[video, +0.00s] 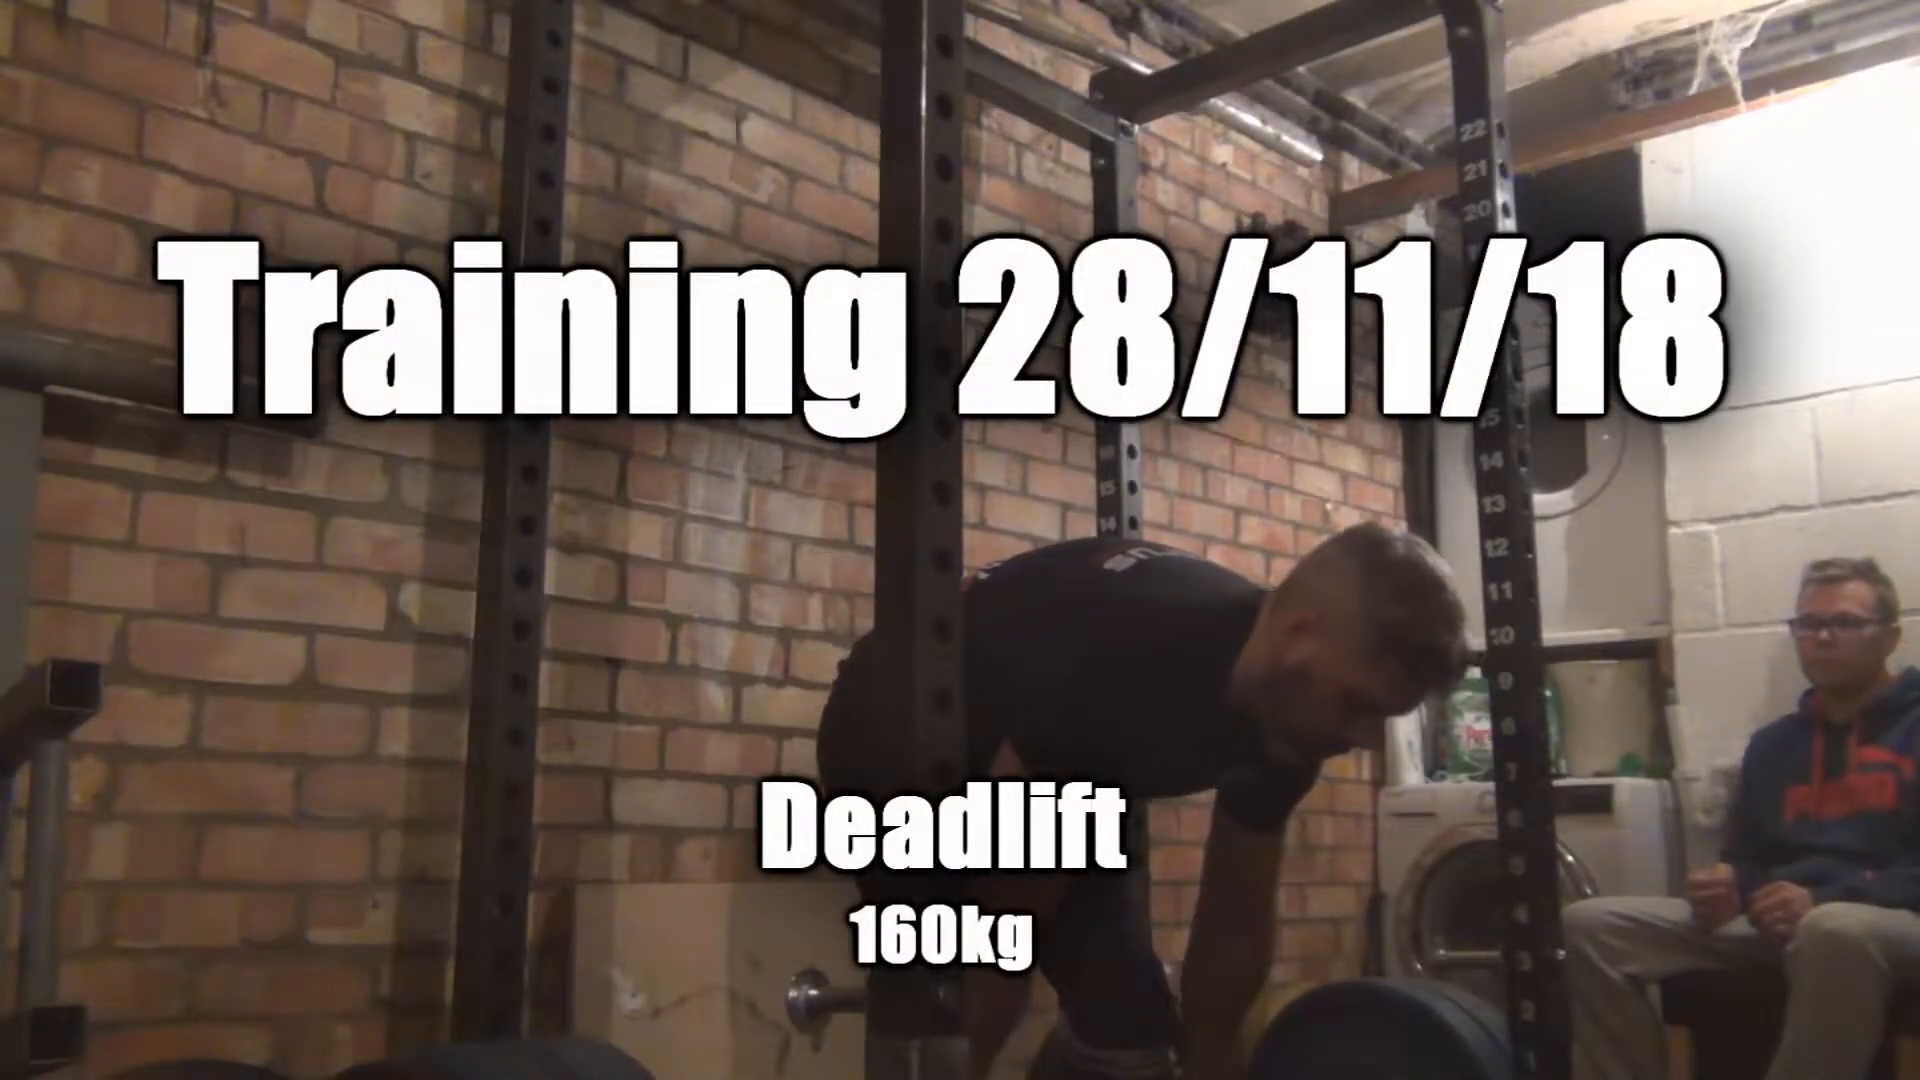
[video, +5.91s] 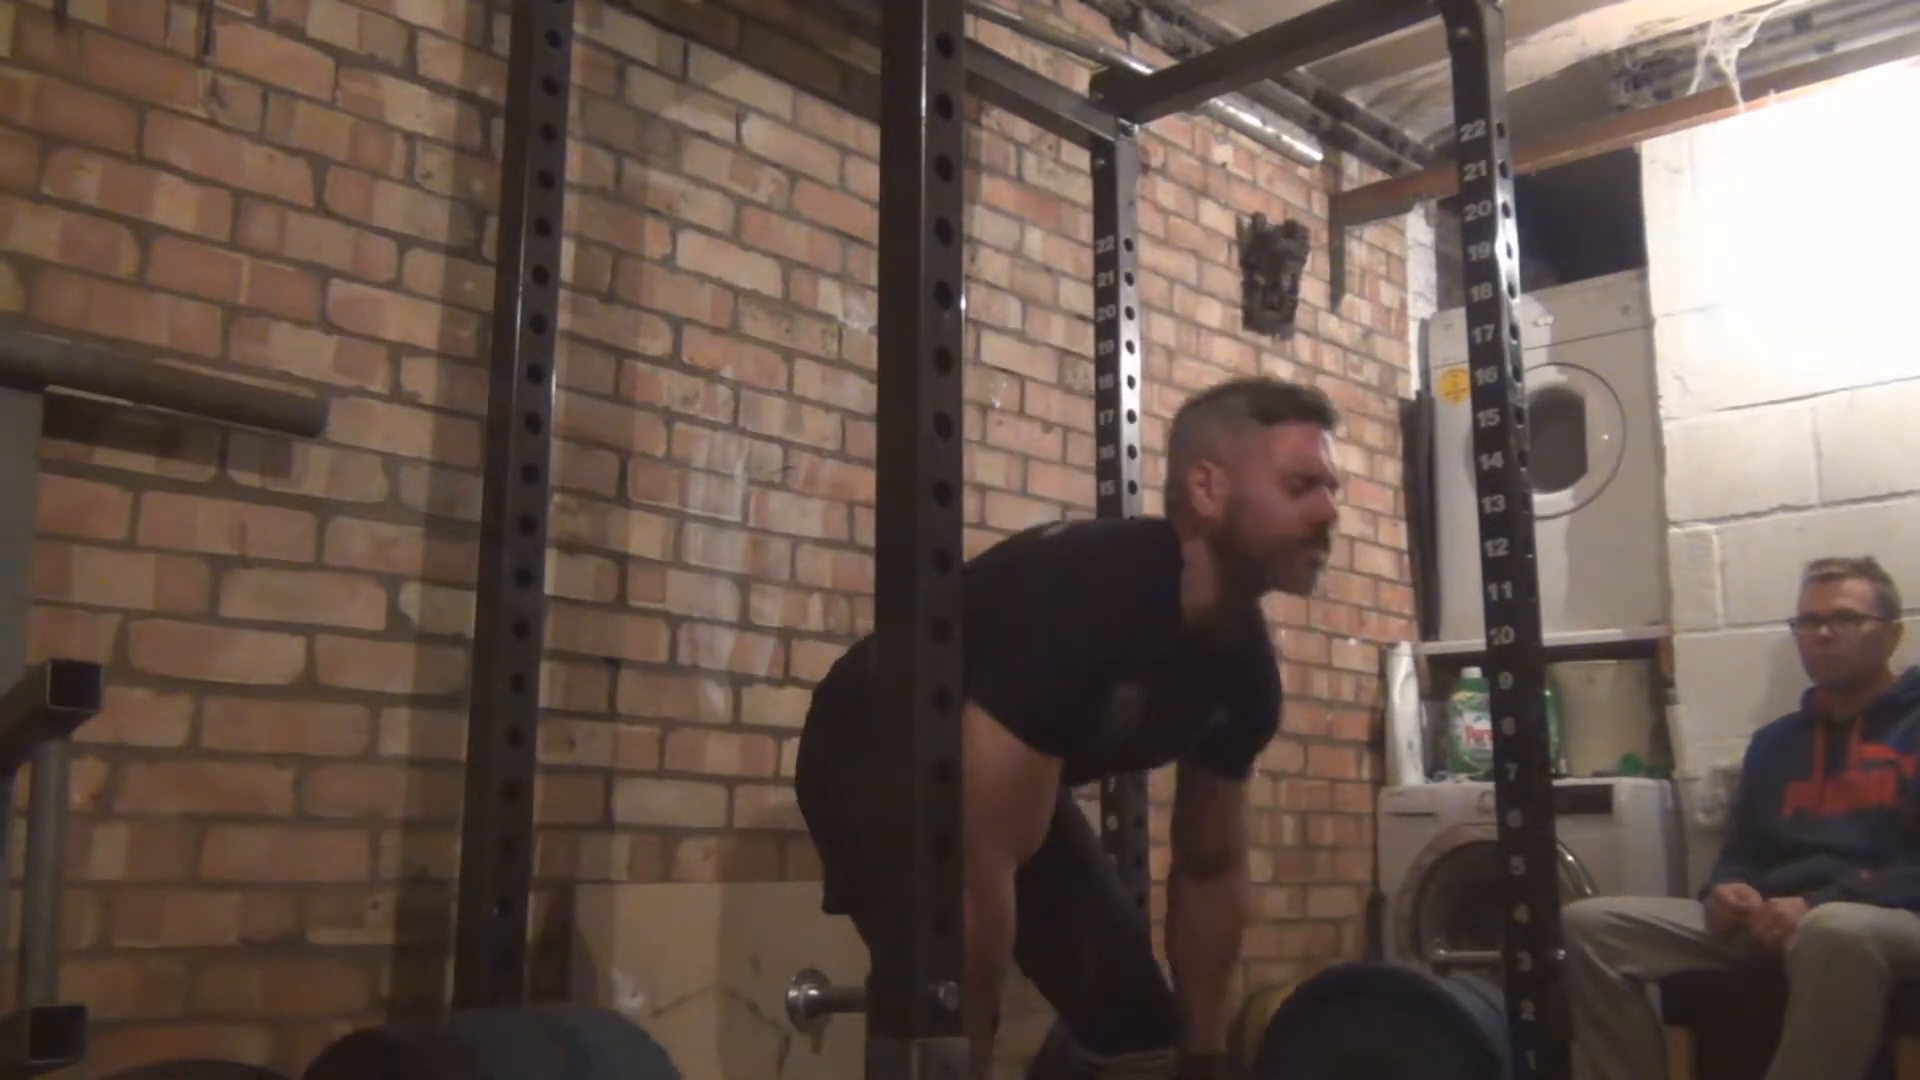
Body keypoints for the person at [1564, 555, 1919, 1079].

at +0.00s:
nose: (1821, 638)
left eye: (1844, 624)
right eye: (1808, 624)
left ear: (1890, 637)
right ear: (1794, 633)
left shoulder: (1914, 723)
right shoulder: (1772, 745)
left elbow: (1914, 875)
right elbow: (1746, 858)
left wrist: (1821, 900)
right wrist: (1729, 888)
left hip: (1895, 922)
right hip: (1774, 920)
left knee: (1833, 936)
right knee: (1589, 929)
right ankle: (1626, 1073)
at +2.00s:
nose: (1822, 639)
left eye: (1844, 624)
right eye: (1809, 624)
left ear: (1890, 636)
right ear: (1794, 634)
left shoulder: (1914, 723)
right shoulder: (1773, 744)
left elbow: (1914, 873)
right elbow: (1744, 852)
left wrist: (1820, 900)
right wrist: (1731, 883)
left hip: (1894, 920)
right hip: (1771, 919)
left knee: (1833, 935)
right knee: (1589, 929)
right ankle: (1628, 1072)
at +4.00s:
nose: (1825, 637)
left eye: (1848, 623)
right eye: (1812, 622)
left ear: (1894, 637)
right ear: (1797, 632)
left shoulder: (1913, 721)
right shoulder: (1774, 743)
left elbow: (1914, 870)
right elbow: (1742, 849)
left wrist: (1818, 903)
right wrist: (1728, 886)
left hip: (1894, 917)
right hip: (1769, 916)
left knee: (1832, 937)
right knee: (1589, 928)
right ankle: (1628, 1073)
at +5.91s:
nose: (1822, 635)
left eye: (1844, 620)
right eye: (1809, 621)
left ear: (1892, 635)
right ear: (1795, 634)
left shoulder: (1913, 721)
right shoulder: (1775, 742)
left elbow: (1913, 872)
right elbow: (1739, 852)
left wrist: (1816, 905)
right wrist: (1724, 892)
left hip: (1892, 919)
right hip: (1766, 917)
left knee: (1834, 936)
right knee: (1587, 929)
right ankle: (1628, 1073)